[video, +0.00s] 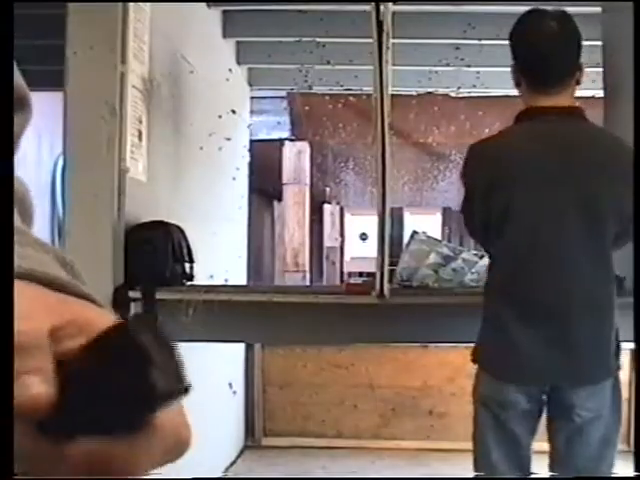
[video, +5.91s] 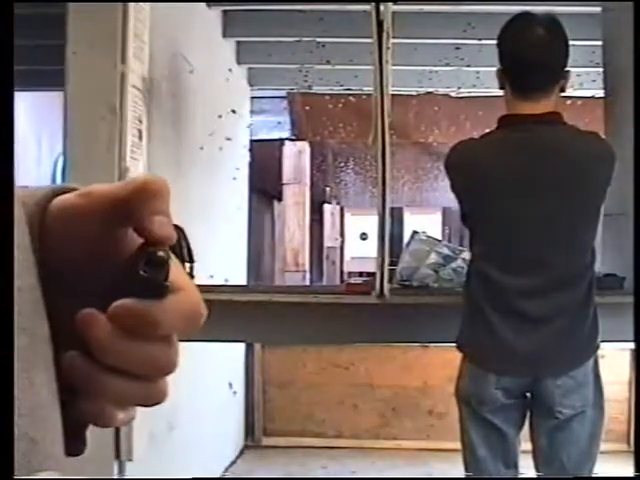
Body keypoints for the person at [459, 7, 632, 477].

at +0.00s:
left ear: (516, 76)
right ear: (579, 74)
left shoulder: (486, 156)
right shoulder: (616, 154)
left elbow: (480, 230)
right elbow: (621, 229)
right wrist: (573, 246)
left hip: (509, 352)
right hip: (589, 354)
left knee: (500, 471)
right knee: (586, 472)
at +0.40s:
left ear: (503, 78)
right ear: (566, 80)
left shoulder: (468, 160)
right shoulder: (599, 160)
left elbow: (477, 228)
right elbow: (591, 222)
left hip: (490, 356)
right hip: (569, 359)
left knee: (489, 471)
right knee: (570, 472)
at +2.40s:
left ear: (505, 79)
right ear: (569, 81)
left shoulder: (468, 157)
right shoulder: (599, 156)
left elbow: (489, 219)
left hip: (491, 357)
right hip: (568, 361)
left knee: (489, 472)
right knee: (568, 473)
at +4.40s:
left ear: (504, 77)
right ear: (569, 80)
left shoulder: (468, 159)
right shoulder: (599, 156)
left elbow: (480, 218)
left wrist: (528, 126)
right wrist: (550, 119)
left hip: (491, 356)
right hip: (569, 358)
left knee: (489, 471)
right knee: (569, 472)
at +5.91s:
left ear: (500, 78)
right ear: (565, 79)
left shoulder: (465, 160)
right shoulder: (596, 155)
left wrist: (533, 120)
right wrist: (551, 115)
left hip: (490, 357)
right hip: (568, 358)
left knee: (489, 472)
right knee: (568, 472)